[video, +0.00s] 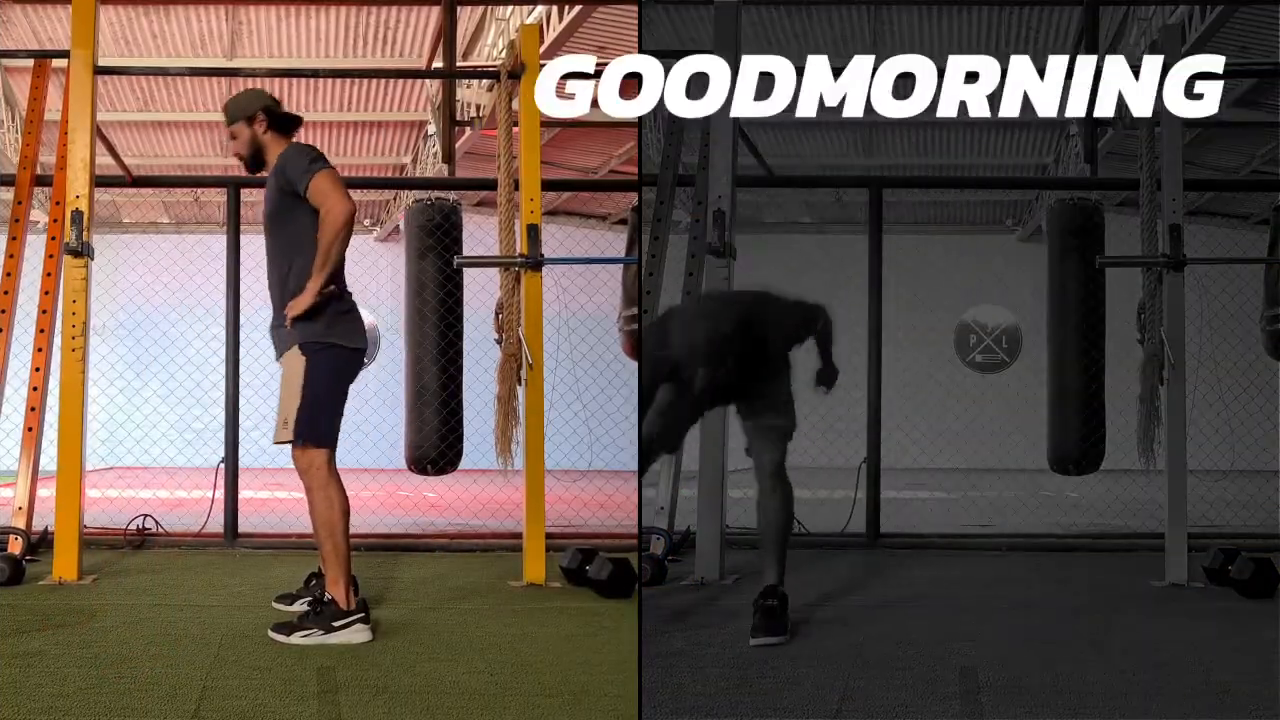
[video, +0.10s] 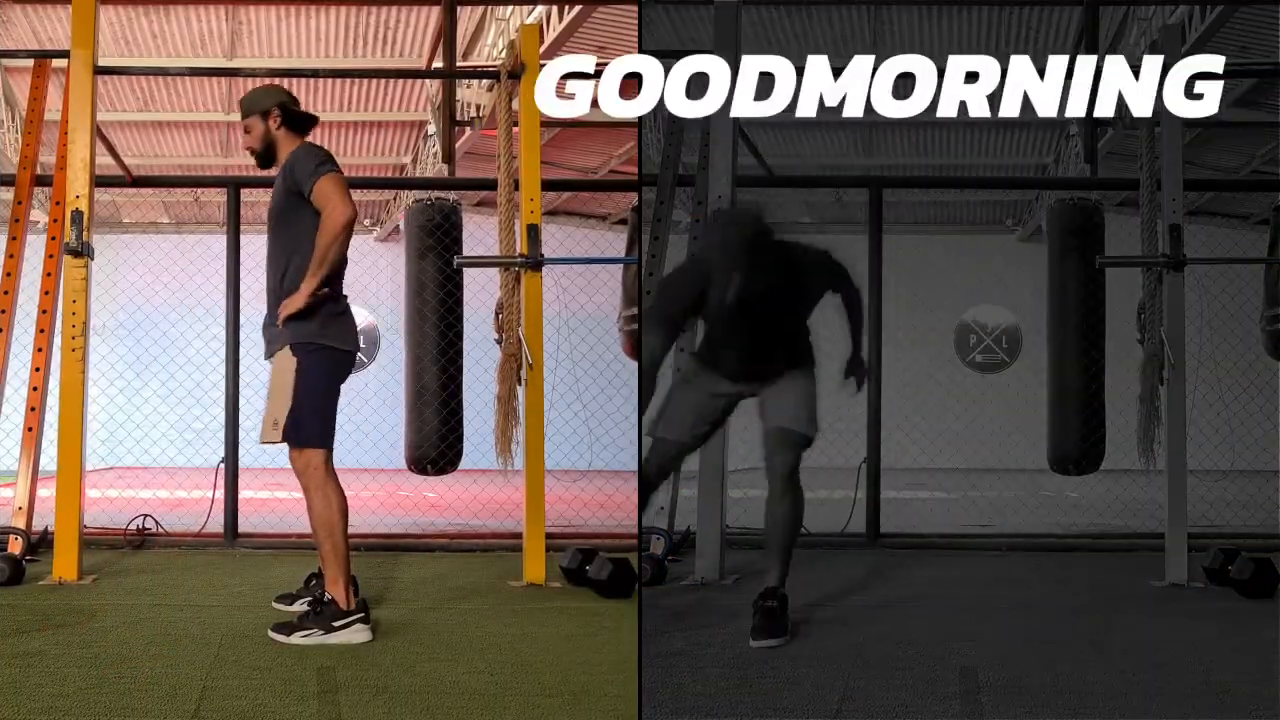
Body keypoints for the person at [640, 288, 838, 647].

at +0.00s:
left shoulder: (767, 319)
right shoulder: (663, 339)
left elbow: (818, 316)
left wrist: (827, 362)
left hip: (760, 372)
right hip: (695, 372)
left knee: (770, 472)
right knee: (645, 444)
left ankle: (772, 593)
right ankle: (598, 549)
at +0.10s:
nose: (730, 273)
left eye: (737, 263)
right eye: (721, 261)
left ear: (758, 251)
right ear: (712, 253)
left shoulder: (795, 264)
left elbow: (847, 286)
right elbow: (658, 321)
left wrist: (857, 351)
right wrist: (638, 401)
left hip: (785, 370)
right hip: (715, 366)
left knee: (783, 472)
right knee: (653, 467)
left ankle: (773, 594)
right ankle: (604, 558)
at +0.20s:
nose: (766, 199)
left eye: (775, 188)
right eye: (757, 187)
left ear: (796, 178)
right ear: (744, 179)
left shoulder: (836, 210)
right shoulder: (725, 217)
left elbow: (881, 254)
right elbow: (685, 296)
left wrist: (885, 328)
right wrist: (646, 381)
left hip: (812, 350)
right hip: (743, 345)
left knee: (789, 464)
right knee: (695, 446)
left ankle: (774, 594)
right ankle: (665, 543)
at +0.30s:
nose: (808, 155)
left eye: (819, 145)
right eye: (801, 142)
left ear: (838, 139)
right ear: (787, 135)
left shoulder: (869, 177)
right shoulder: (754, 179)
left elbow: (909, 232)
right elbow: (714, 262)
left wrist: (917, 309)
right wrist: (684, 342)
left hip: (843, 327)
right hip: (774, 323)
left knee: (827, 447)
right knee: (736, 438)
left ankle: (814, 570)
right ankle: (737, 556)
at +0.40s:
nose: (845, 150)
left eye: (855, 140)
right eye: (836, 139)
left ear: (871, 134)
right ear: (817, 132)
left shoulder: (898, 178)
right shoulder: (784, 179)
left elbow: (938, 244)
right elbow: (743, 255)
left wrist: (950, 316)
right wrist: (720, 332)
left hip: (869, 330)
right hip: (799, 328)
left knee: (879, 446)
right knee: (777, 458)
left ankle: (890, 570)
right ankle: (775, 585)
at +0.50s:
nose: (881, 151)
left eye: (891, 140)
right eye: (872, 139)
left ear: (905, 136)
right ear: (855, 133)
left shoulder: (932, 187)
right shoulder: (824, 185)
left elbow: (966, 259)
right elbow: (785, 266)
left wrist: (981, 328)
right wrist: (758, 345)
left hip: (904, 347)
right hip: (831, 345)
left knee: (948, 464)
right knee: (799, 468)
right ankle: (778, 590)